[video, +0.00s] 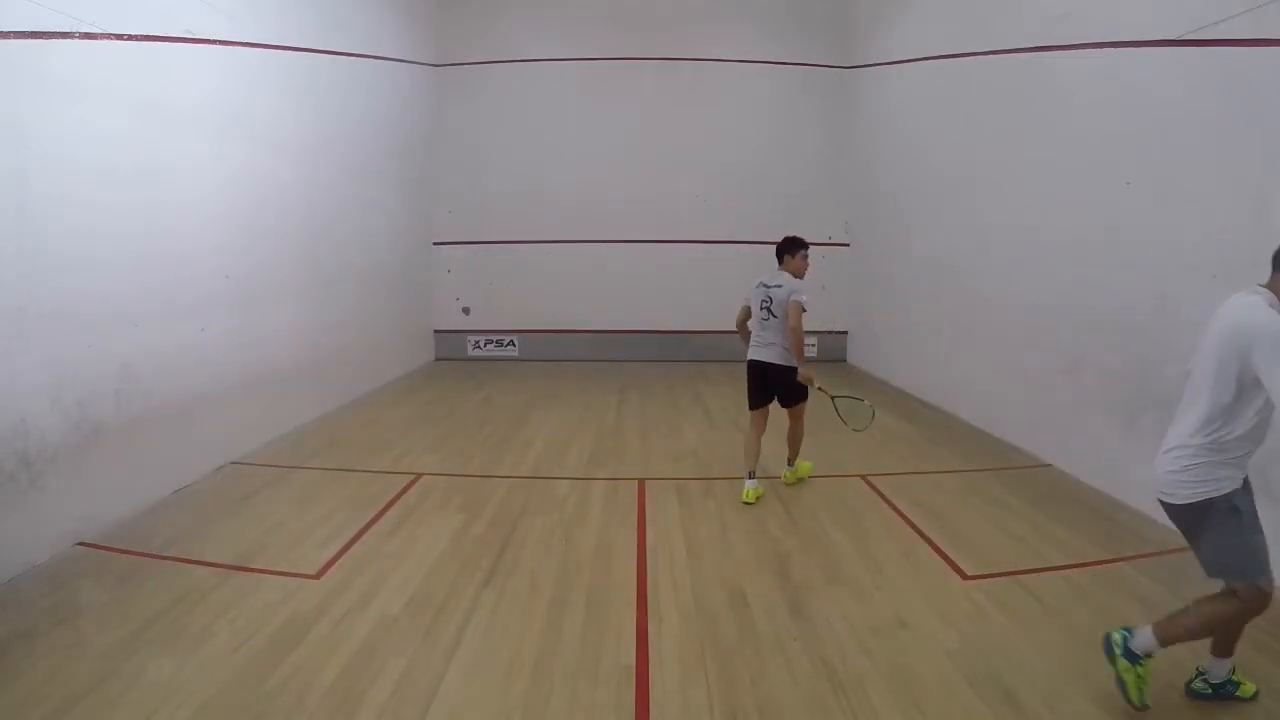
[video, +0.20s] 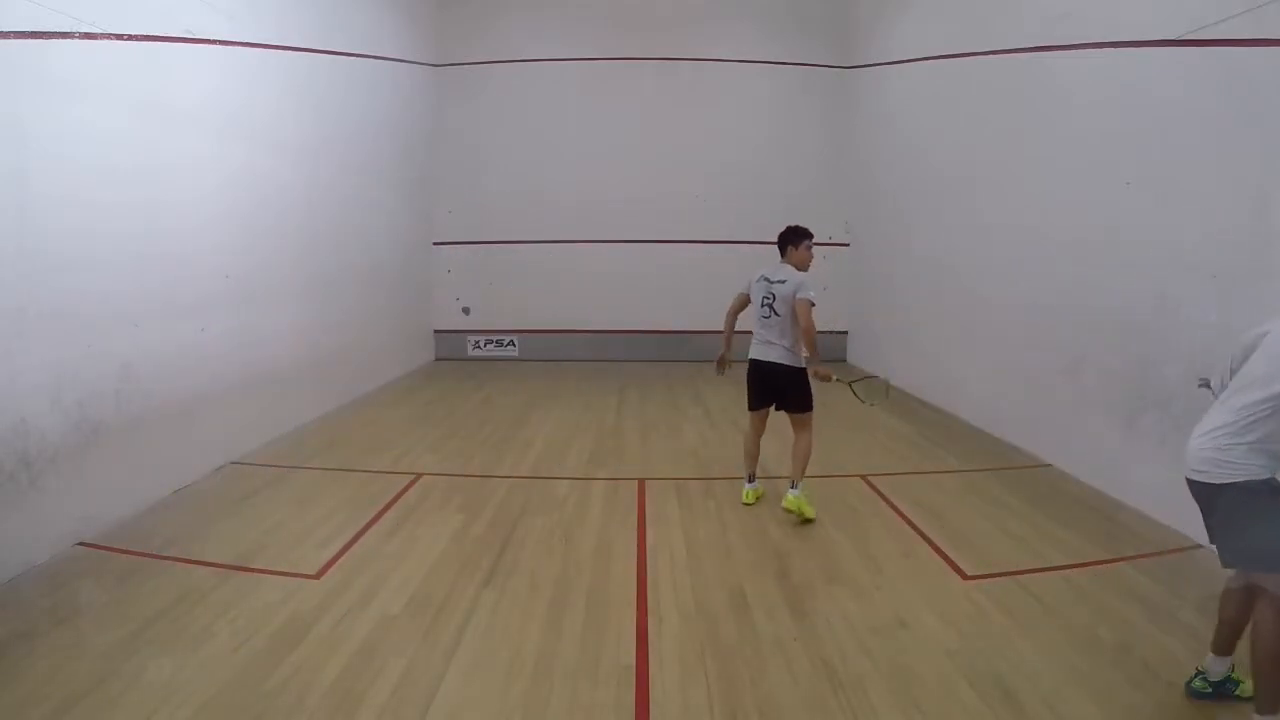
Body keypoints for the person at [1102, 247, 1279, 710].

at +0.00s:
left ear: (1271, 270)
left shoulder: (1244, 308)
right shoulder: (1262, 322)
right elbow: (1275, 390)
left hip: (1216, 472)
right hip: (1202, 480)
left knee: (1247, 576)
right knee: (1254, 595)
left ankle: (1216, 675)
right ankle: (1134, 645)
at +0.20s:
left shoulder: (1271, 332)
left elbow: (1232, 370)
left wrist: (1226, 393)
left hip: (1210, 464)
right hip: (1247, 470)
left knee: (1248, 572)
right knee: (1271, 589)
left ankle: (1214, 675)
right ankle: (1269, 711)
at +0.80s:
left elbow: (1276, 339)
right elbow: (1278, 339)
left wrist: (1238, 372)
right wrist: (1239, 372)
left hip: (1271, 496)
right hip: (1271, 498)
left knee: (1249, 591)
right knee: (1248, 592)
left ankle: (1182, 701)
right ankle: (1183, 700)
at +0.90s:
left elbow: (1273, 350)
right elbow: (1273, 349)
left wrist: (1223, 408)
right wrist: (1223, 409)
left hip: (1271, 499)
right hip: (1270, 500)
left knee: (1226, 600)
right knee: (1227, 600)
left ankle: (1151, 710)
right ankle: (1151, 709)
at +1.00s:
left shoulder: (1279, 318)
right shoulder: (1278, 320)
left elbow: (1258, 364)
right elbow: (1257, 366)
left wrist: (1191, 454)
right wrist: (1192, 454)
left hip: (1265, 511)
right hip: (1265, 511)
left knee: (1188, 627)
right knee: (1189, 626)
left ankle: (1122, 714)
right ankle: (1123, 713)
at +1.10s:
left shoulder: (1253, 315)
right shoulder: (1253, 316)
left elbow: (1197, 376)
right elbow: (1197, 376)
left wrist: (1155, 470)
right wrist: (1156, 471)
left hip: (1225, 531)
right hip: (1275, 546)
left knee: (1151, 651)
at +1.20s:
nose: (1257, 266)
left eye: (1257, 257)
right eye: (1261, 258)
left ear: (1262, 257)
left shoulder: (1218, 301)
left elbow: (1145, 362)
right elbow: (1145, 365)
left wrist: (1118, 456)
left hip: (1188, 520)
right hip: (1268, 539)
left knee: (1131, 654)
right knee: (1273, 661)